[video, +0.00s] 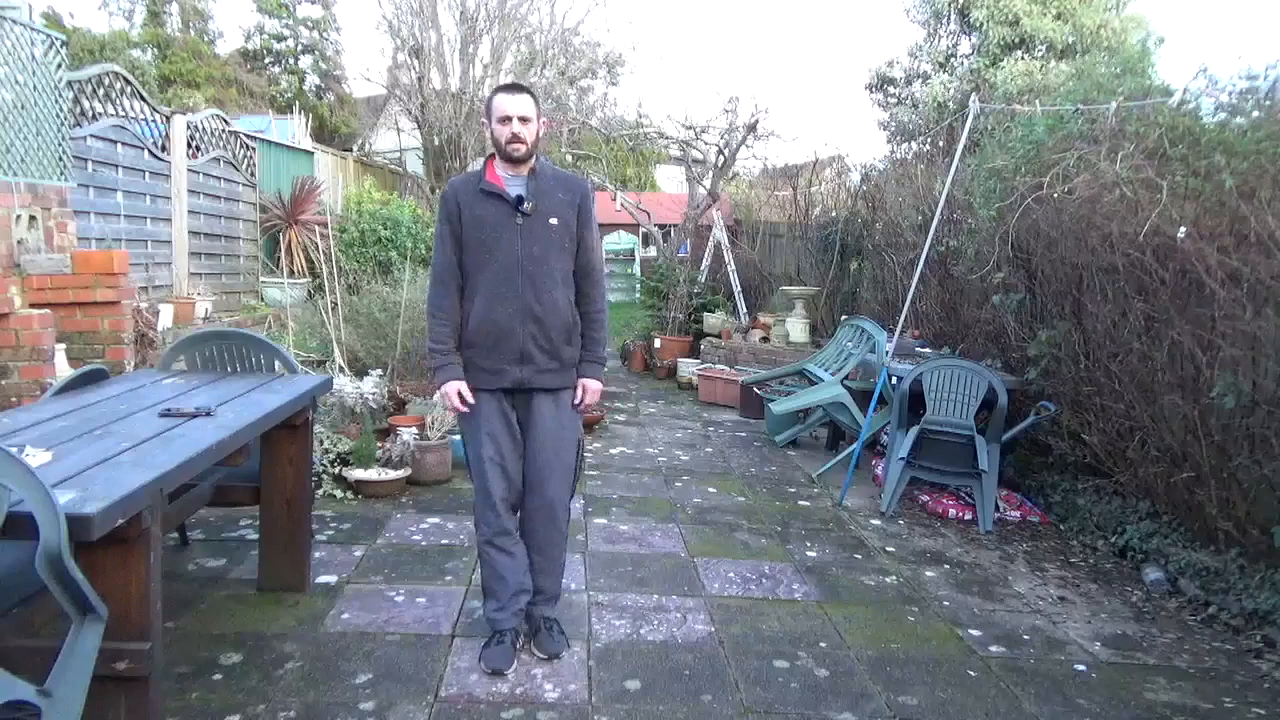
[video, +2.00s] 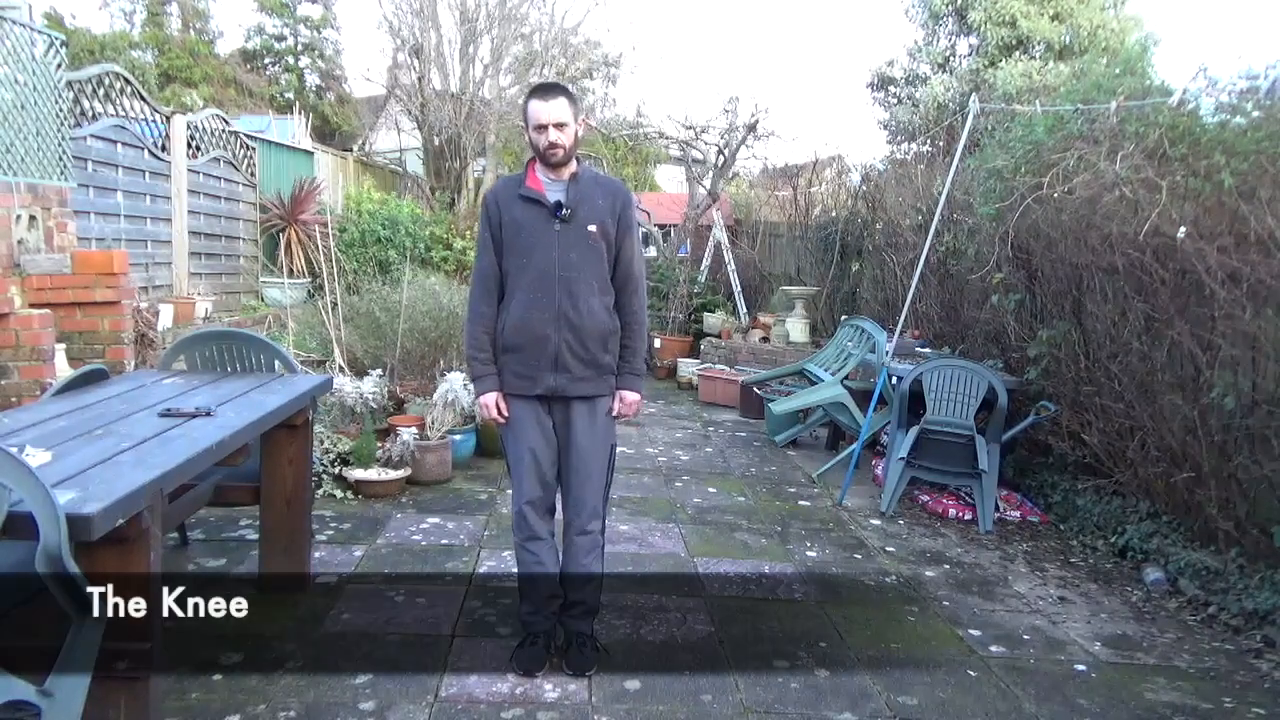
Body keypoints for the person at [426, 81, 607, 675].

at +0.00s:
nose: (515, 129)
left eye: (524, 119)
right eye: (504, 120)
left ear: (540, 126)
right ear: (488, 128)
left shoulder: (573, 192)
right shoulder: (460, 194)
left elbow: (592, 286)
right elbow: (443, 288)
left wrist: (593, 365)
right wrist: (446, 367)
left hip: (557, 373)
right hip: (483, 374)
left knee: (549, 500)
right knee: (495, 503)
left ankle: (546, 608)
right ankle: (503, 620)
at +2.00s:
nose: (550, 137)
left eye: (559, 126)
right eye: (539, 128)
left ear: (578, 127)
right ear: (527, 132)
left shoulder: (613, 195)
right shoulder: (501, 197)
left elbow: (632, 293)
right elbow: (483, 295)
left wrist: (632, 377)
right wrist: (483, 378)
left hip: (594, 378)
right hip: (521, 379)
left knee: (585, 510)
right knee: (531, 506)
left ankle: (580, 632)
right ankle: (536, 631)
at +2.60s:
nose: (545, 135)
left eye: (554, 124)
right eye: (534, 126)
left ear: (574, 126)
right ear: (522, 132)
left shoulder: (610, 194)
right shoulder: (496, 198)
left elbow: (630, 292)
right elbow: (479, 296)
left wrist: (630, 376)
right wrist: (480, 380)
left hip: (591, 379)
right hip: (517, 380)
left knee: (584, 509)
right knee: (529, 507)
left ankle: (579, 633)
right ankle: (536, 633)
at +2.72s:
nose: (544, 136)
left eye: (553, 124)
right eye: (533, 127)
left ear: (573, 125)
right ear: (521, 132)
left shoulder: (609, 194)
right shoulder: (495, 198)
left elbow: (629, 292)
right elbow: (478, 296)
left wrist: (629, 375)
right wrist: (480, 379)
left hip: (590, 378)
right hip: (517, 379)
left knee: (583, 509)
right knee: (529, 507)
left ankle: (580, 631)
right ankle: (536, 631)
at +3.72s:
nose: (556, 139)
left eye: (565, 130)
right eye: (546, 128)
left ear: (578, 132)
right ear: (526, 127)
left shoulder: (606, 194)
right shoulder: (493, 194)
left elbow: (625, 291)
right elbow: (468, 287)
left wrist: (628, 375)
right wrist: (500, 226)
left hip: (590, 376)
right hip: (517, 376)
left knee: (583, 509)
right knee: (529, 506)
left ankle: (580, 630)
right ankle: (536, 631)